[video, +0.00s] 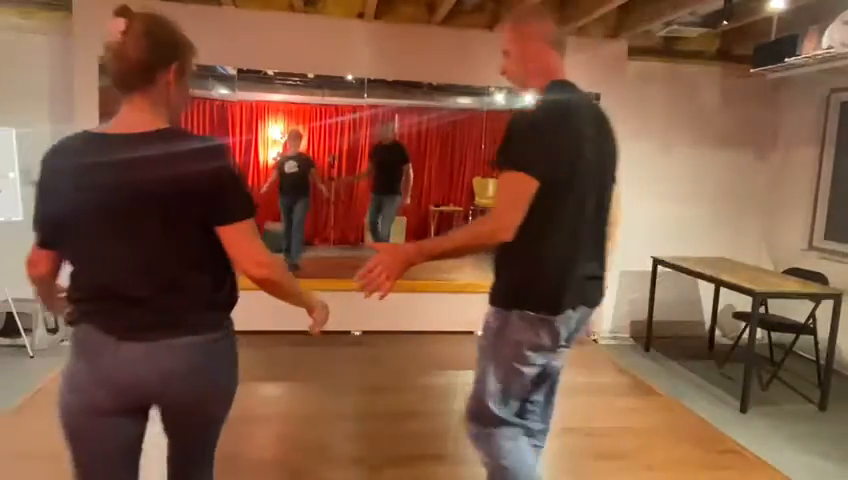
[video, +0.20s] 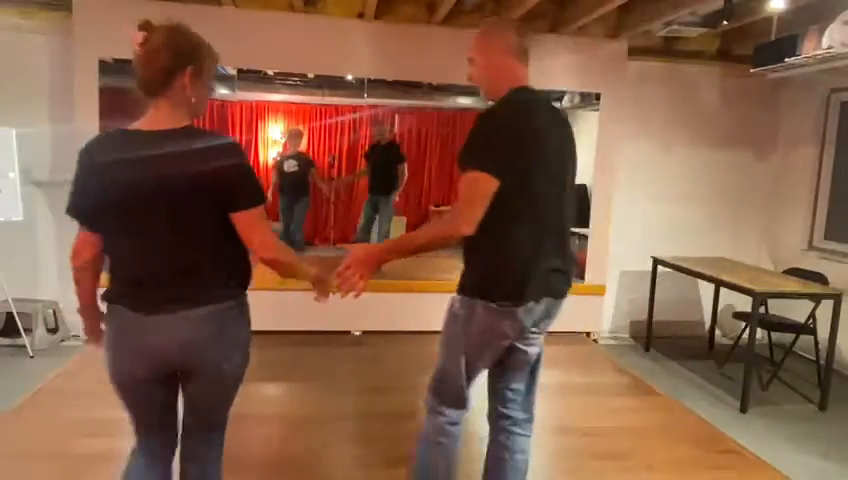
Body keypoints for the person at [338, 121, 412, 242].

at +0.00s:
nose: (386, 134)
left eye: (389, 130)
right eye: (384, 129)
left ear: (394, 131)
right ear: (380, 130)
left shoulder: (399, 148)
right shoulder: (376, 148)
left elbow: (408, 172)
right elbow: (370, 170)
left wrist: (407, 194)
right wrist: (354, 178)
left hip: (393, 192)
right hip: (377, 191)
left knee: (386, 223)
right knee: (372, 220)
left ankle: (384, 246)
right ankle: (379, 244)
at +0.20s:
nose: (381, 135)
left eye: (384, 132)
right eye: (379, 132)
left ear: (390, 132)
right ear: (375, 132)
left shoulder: (395, 149)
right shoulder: (372, 149)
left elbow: (403, 173)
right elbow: (367, 170)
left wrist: (398, 191)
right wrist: (353, 177)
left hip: (388, 193)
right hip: (373, 192)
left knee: (384, 226)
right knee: (365, 224)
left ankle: (381, 249)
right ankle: (359, 248)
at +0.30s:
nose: (375, 133)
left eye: (378, 129)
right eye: (373, 129)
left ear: (384, 130)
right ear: (370, 131)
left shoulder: (392, 148)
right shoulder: (369, 149)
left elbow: (400, 175)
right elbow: (363, 170)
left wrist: (391, 192)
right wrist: (345, 180)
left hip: (386, 193)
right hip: (371, 193)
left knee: (383, 230)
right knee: (363, 227)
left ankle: (378, 259)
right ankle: (354, 257)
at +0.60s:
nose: (369, 132)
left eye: (371, 128)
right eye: (367, 128)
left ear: (377, 130)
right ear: (363, 131)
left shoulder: (383, 148)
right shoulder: (360, 151)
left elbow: (385, 174)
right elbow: (354, 174)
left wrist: (367, 190)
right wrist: (336, 185)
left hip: (380, 195)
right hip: (363, 194)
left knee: (378, 229)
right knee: (360, 229)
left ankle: (378, 259)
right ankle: (356, 263)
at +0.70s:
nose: (358, 132)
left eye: (361, 127)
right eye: (356, 128)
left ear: (368, 127)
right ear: (354, 130)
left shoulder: (379, 147)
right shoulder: (355, 150)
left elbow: (381, 173)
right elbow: (352, 175)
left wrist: (360, 188)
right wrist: (336, 184)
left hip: (375, 196)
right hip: (358, 195)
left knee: (375, 231)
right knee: (357, 231)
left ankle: (376, 262)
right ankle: (355, 266)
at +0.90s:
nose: (354, 135)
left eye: (356, 130)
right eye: (353, 130)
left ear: (361, 129)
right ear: (353, 130)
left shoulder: (371, 146)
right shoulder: (355, 149)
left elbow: (370, 172)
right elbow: (352, 175)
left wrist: (347, 187)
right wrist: (339, 185)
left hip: (366, 196)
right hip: (354, 196)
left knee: (361, 233)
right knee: (355, 233)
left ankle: (361, 269)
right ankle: (355, 268)